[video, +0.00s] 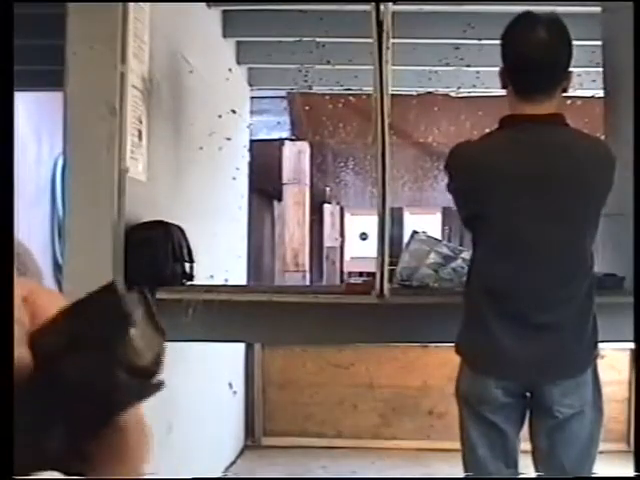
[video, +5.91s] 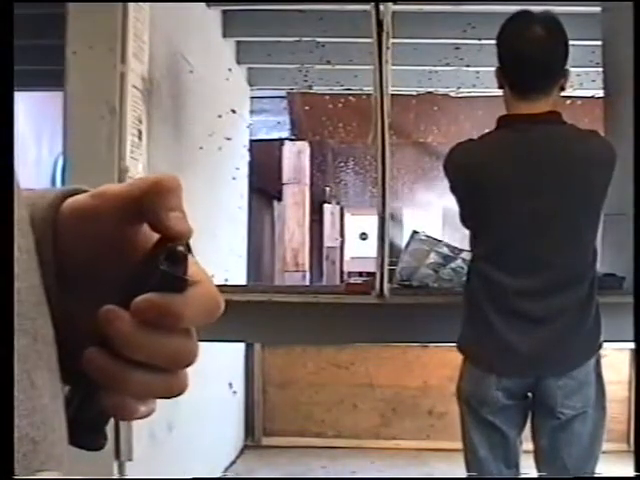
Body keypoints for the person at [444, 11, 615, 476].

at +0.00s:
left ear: (503, 79)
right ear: (567, 80)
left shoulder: (467, 160)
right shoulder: (598, 159)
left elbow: (478, 222)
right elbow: (568, 220)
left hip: (489, 359)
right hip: (567, 362)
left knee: (489, 472)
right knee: (568, 472)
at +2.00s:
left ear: (505, 80)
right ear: (569, 82)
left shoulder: (468, 158)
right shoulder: (599, 156)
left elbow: (485, 221)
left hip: (491, 357)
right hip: (569, 360)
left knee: (489, 472)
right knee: (568, 472)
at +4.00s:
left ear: (501, 78)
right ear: (565, 80)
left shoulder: (465, 159)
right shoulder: (596, 155)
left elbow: (484, 220)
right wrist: (549, 117)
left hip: (490, 356)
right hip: (568, 358)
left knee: (489, 472)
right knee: (568, 472)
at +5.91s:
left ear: (499, 79)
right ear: (565, 81)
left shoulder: (465, 160)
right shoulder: (597, 154)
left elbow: (477, 220)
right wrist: (549, 115)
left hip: (492, 358)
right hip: (571, 358)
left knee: (490, 472)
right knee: (570, 472)